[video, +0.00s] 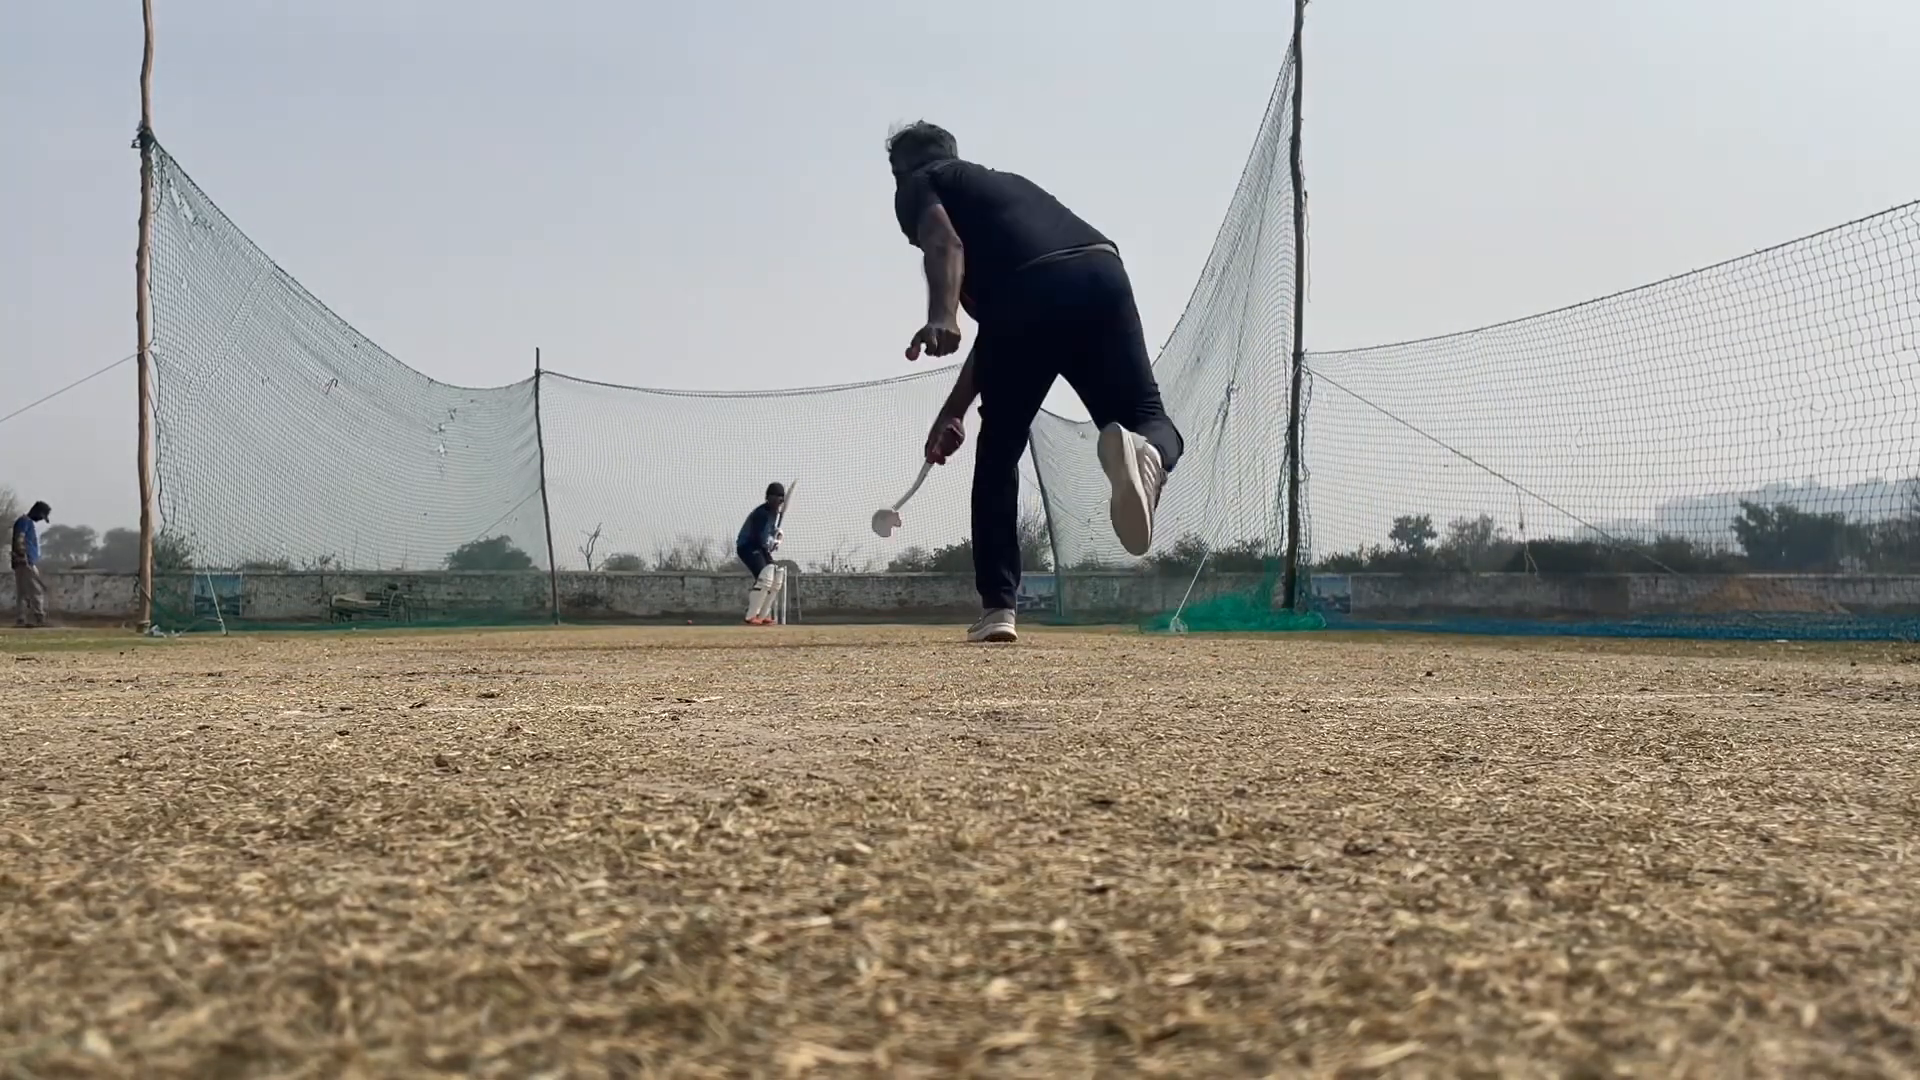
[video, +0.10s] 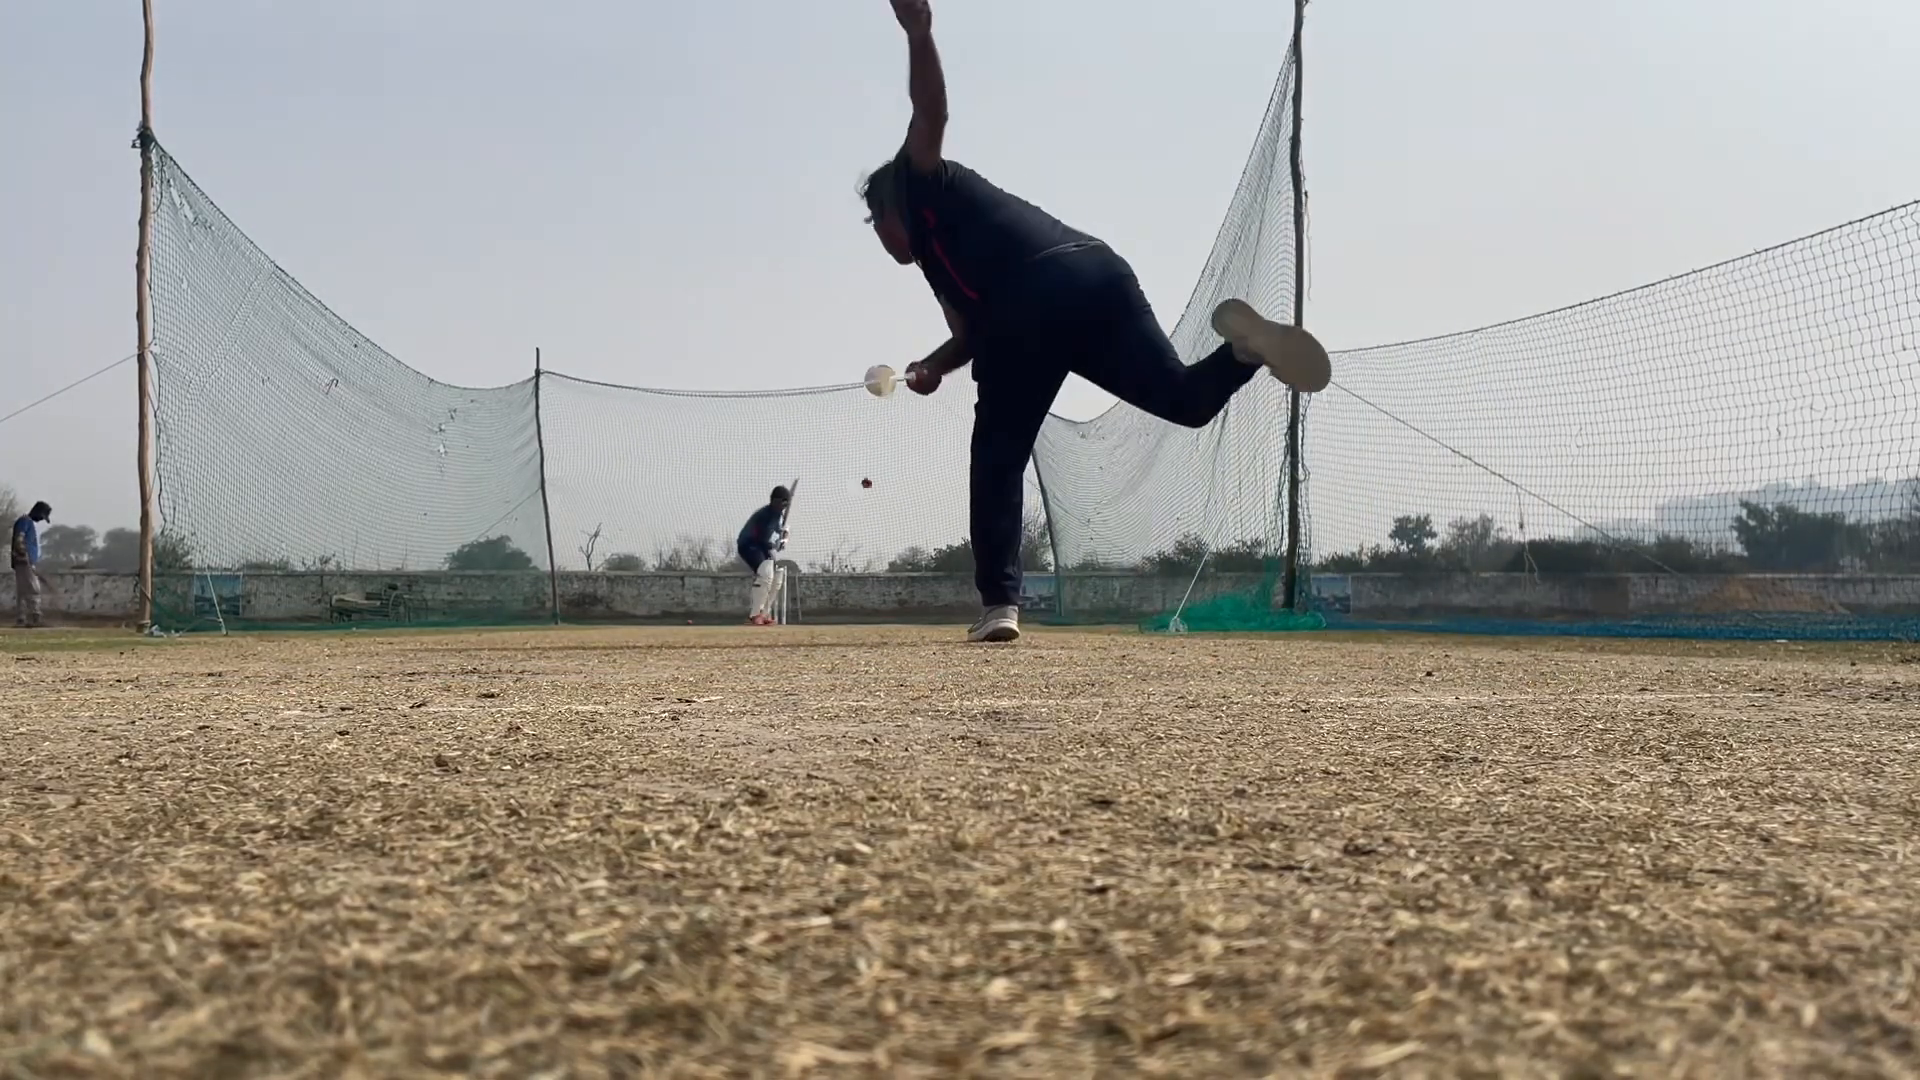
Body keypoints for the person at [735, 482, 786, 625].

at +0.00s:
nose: (781, 500)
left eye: (783, 496)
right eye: (778, 496)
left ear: (782, 498)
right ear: (769, 497)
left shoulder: (773, 513)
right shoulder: (762, 513)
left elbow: (772, 529)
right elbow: (762, 538)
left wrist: (777, 535)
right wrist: (772, 543)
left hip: (760, 547)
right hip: (747, 547)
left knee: (777, 577)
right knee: (766, 575)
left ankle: (763, 615)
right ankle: (751, 615)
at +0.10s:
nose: (785, 504)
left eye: (787, 501)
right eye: (783, 501)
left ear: (787, 502)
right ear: (774, 500)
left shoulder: (777, 514)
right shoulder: (767, 515)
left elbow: (775, 527)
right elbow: (764, 541)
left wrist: (781, 532)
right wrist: (778, 544)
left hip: (762, 545)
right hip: (749, 545)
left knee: (777, 576)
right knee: (766, 572)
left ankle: (765, 613)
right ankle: (756, 614)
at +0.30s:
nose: (792, 508)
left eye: (795, 505)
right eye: (790, 504)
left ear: (796, 504)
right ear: (783, 501)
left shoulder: (784, 512)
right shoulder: (774, 514)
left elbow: (783, 522)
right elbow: (770, 540)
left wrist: (790, 527)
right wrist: (785, 541)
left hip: (766, 543)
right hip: (754, 544)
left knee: (768, 577)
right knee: (771, 575)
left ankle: (762, 615)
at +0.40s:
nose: (800, 507)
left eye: (802, 504)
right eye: (799, 503)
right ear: (792, 500)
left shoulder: (788, 511)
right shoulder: (780, 511)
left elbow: (792, 524)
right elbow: (777, 538)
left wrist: (794, 529)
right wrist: (791, 538)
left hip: (768, 543)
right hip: (759, 544)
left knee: (772, 578)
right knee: (777, 576)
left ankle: (763, 615)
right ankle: (782, 615)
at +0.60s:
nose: (811, 502)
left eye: (812, 499)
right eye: (810, 498)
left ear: (798, 493)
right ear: (804, 496)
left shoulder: (784, 499)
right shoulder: (793, 508)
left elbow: (767, 505)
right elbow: (797, 535)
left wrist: (782, 515)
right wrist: (802, 528)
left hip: (763, 542)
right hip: (770, 544)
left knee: (773, 578)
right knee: (790, 573)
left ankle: (764, 615)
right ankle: (785, 616)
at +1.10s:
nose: (812, 496)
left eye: (813, 492)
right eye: (813, 492)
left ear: (799, 487)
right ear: (808, 492)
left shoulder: (784, 497)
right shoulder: (798, 505)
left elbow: (766, 505)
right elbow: (804, 532)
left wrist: (783, 513)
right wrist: (798, 516)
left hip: (768, 542)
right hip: (778, 543)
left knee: (777, 578)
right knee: (795, 575)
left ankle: (766, 614)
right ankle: (786, 616)